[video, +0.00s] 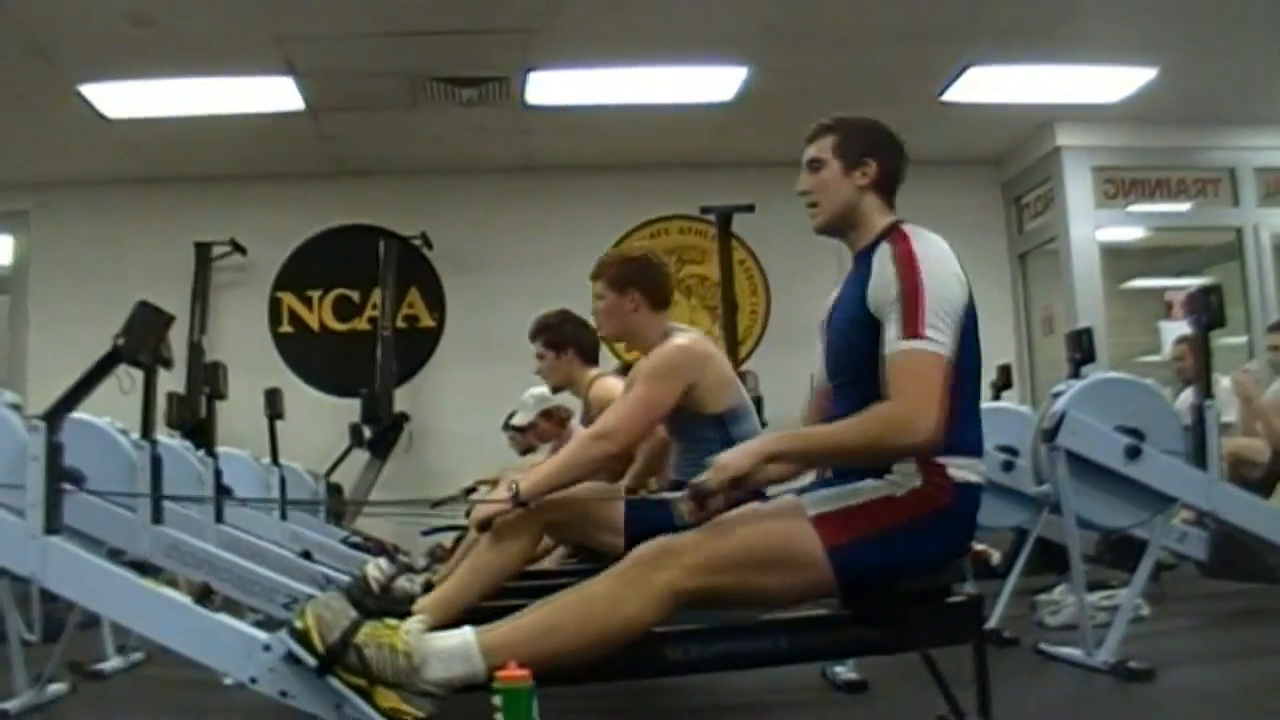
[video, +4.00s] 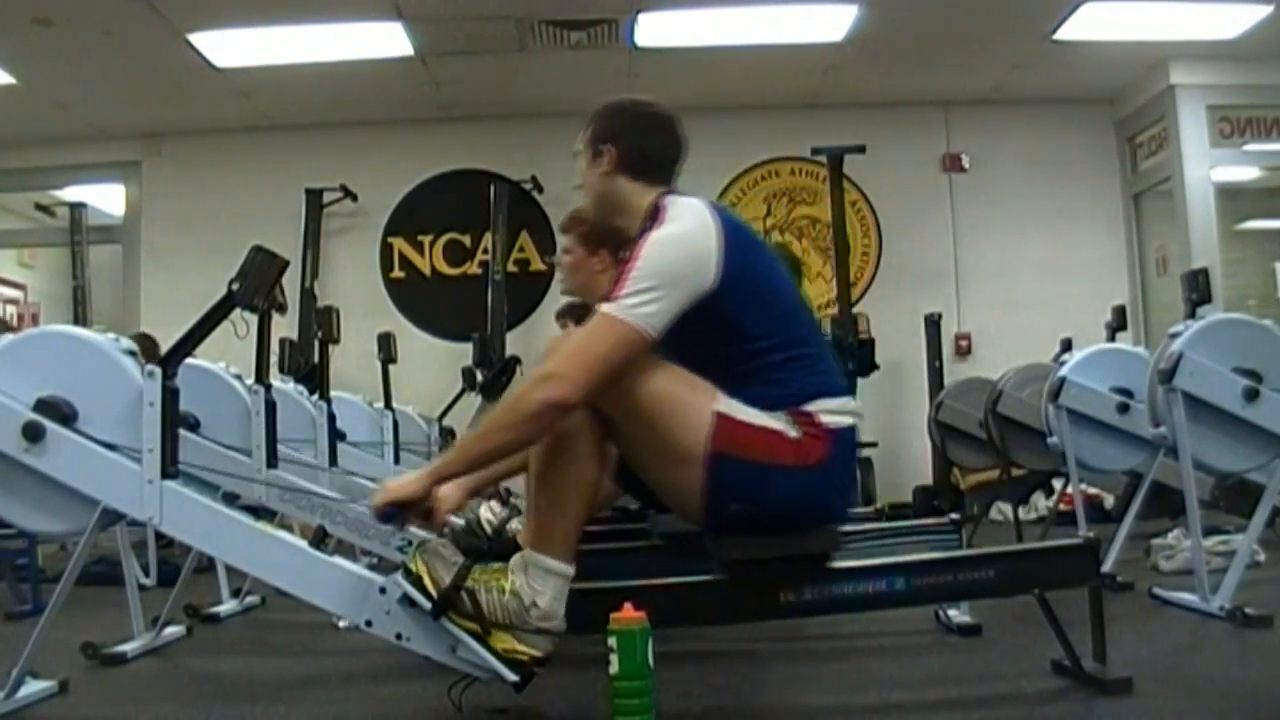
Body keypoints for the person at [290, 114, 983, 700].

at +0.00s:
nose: (803, 186)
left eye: (816, 169)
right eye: (802, 173)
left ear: (869, 173)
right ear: (852, 184)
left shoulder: (911, 254)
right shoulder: (858, 285)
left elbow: (913, 421)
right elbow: (826, 425)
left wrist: (771, 450)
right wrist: (752, 472)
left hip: (914, 493)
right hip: (865, 488)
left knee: (673, 564)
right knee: (657, 554)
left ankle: (432, 664)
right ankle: (423, 653)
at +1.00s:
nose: (529, 171)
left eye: (541, 154)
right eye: (532, 155)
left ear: (583, 158)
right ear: (588, 162)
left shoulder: (640, 233)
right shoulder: (621, 240)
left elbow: (506, 383)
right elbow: (523, 403)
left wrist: (377, 466)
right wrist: (416, 474)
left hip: (759, 460)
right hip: (741, 455)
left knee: (550, 360)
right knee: (545, 363)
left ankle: (534, 586)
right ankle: (533, 575)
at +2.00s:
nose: (879, 125)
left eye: (896, 107)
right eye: (883, 111)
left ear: (950, 117)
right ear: (939, 122)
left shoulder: (983, 202)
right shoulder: (944, 210)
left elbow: (842, 322)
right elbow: (826, 316)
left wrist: (679, 369)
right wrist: (681, 377)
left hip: (1014, 440)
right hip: (969, 436)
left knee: (753, 457)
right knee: (730, 458)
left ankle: (548, 605)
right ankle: (539, 596)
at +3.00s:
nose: (973, 140)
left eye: (985, 121)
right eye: (971, 126)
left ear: (1038, 117)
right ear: (1012, 126)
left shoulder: (1086, 198)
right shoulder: (1040, 213)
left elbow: (1166, 344)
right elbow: (1062, 341)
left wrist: (1018, 345)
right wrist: (972, 364)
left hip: (1042, 436)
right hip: (1002, 425)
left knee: (800, 513)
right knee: (782, 502)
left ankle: (566, 606)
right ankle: (560, 593)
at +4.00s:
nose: (579, 182)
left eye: (583, 164)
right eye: (581, 165)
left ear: (609, 162)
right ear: (649, 167)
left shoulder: (686, 232)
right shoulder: (671, 237)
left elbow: (558, 392)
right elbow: (566, 398)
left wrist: (431, 474)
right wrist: (463, 486)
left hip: (798, 460)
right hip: (776, 456)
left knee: (577, 363)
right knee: (578, 368)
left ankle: (537, 597)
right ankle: (535, 590)